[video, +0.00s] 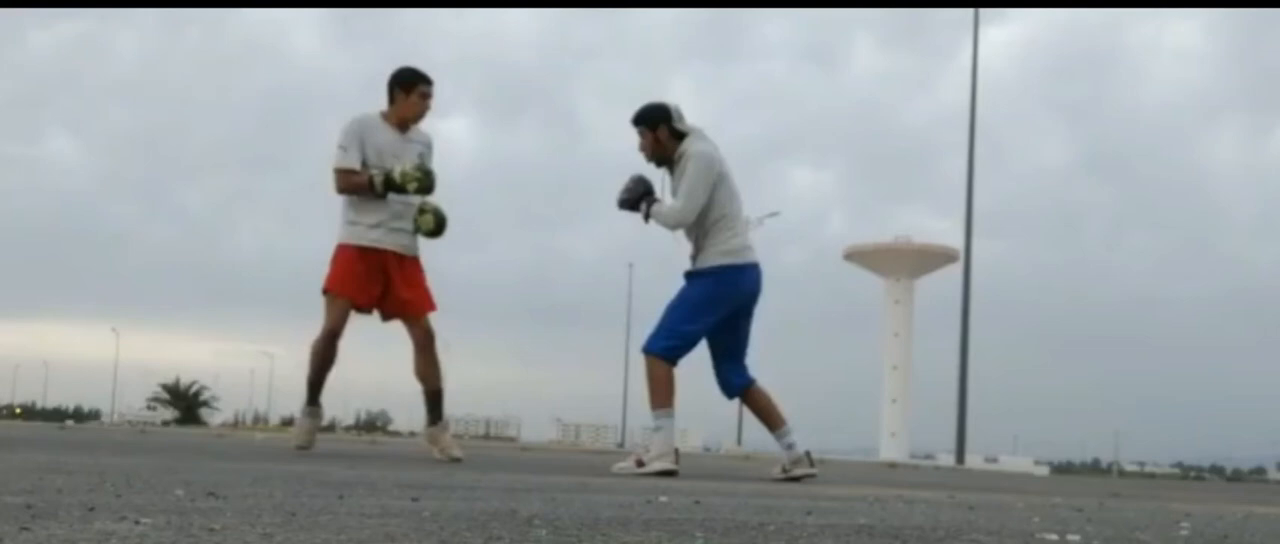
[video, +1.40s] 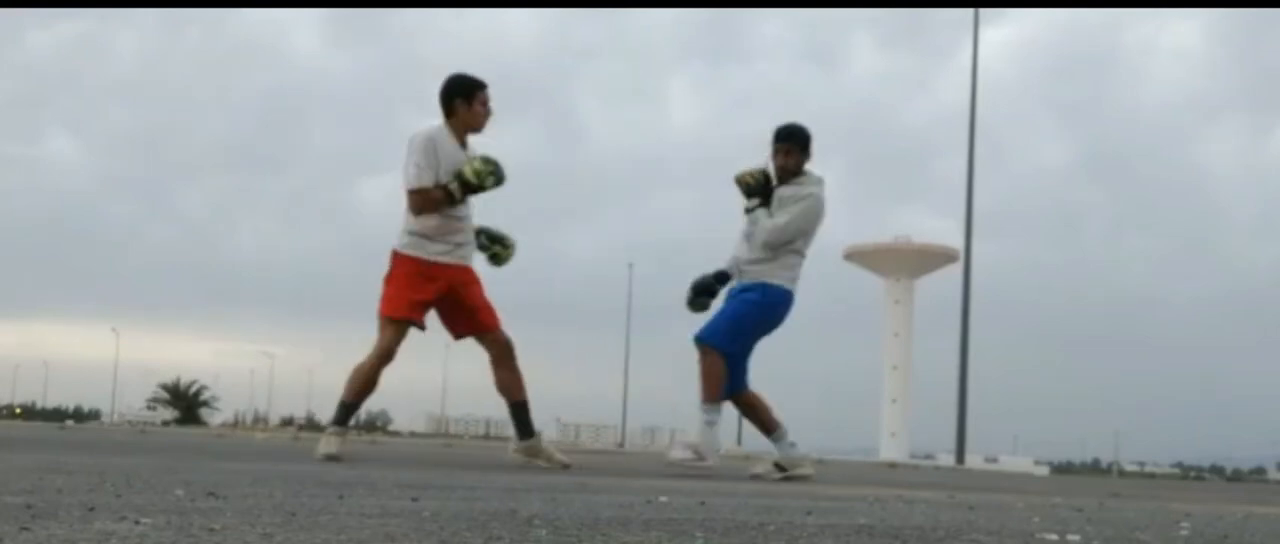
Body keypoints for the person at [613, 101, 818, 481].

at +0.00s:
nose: (641, 150)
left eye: (643, 139)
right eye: (639, 140)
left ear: (662, 133)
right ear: (665, 133)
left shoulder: (699, 155)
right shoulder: (688, 159)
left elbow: (680, 215)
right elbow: (689, 215)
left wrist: (647, 204)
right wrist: (652, 202)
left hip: (720, 273)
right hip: (738, 274)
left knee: (658, 352)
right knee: (735, 377)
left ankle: (661, 450)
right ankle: (795, 455)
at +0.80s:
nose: (623, 143)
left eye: (628, 134)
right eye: (622, 134)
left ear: (652, 133)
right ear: (648, 133)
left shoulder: (678, 166)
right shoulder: (649, 165)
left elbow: (701, 230)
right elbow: (636, 187)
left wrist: (657, 204)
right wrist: (605, 188)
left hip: (694, 286)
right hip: (688, 286)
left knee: (626, 343)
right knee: (714, 380)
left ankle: (612, 450)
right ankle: (796, 441)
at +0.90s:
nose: (643, 178)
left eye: (650, 170)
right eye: (637, 171)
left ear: (661, 160)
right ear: (626, 163)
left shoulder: (678, 197)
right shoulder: (625, 180)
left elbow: (668, 265)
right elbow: (579, 172)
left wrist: (639, 232)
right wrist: (531, 154)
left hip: (706, 277)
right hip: (683, 283)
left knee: (650, 343)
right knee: (715, 379)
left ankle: (617, 450)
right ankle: (803, 430)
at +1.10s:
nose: (671, 204)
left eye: (679, 199)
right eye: (666, 196)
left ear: (695, 190)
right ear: (658, 185)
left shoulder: (706, 219)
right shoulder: (652, 199)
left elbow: (669, 278)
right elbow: (602, 201)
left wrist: (652, 238)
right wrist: (546, 202)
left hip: (708, 296)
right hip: (691, 297)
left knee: (629, 346)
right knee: (685, 402)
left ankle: (614, 451)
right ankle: (780, 410)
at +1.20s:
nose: (720, 181)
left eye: (728, 175)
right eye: (715, 172)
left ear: (739, 172)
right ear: (706, 166)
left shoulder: (741, 208)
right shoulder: (693, 188)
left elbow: (697, 259)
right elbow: (653, 223)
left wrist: (691, 215)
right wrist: (616, 256)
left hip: (718, 297)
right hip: (698, 294)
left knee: (640, 348)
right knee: (683, 400)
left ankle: (614, 450)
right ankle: (771, 434)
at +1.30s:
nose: (760, 168)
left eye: (768, 162)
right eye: (757, 160)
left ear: (782, 162)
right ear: (750, 156)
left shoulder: (780, 201)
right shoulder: (737, 187)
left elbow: (738, 241)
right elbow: (711, 241)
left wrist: (727, 201)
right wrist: (685, 278)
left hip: (739, 291)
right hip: (712, 290)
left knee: (681, 361)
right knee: (709, 391)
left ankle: (637, 442)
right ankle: (782, 445)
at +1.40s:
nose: (783, 160)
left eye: (792, 154)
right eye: (779, 152)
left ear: (805, 158)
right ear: (771, 154)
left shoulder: (809, 197)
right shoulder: (770, 191)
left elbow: (769, 239)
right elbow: (748, 247)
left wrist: (757, 204)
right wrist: (720, 277)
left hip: (769, 289)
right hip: (747, 288)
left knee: (710, 342)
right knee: (733, 387)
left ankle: (706, 444)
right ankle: (791, 455)